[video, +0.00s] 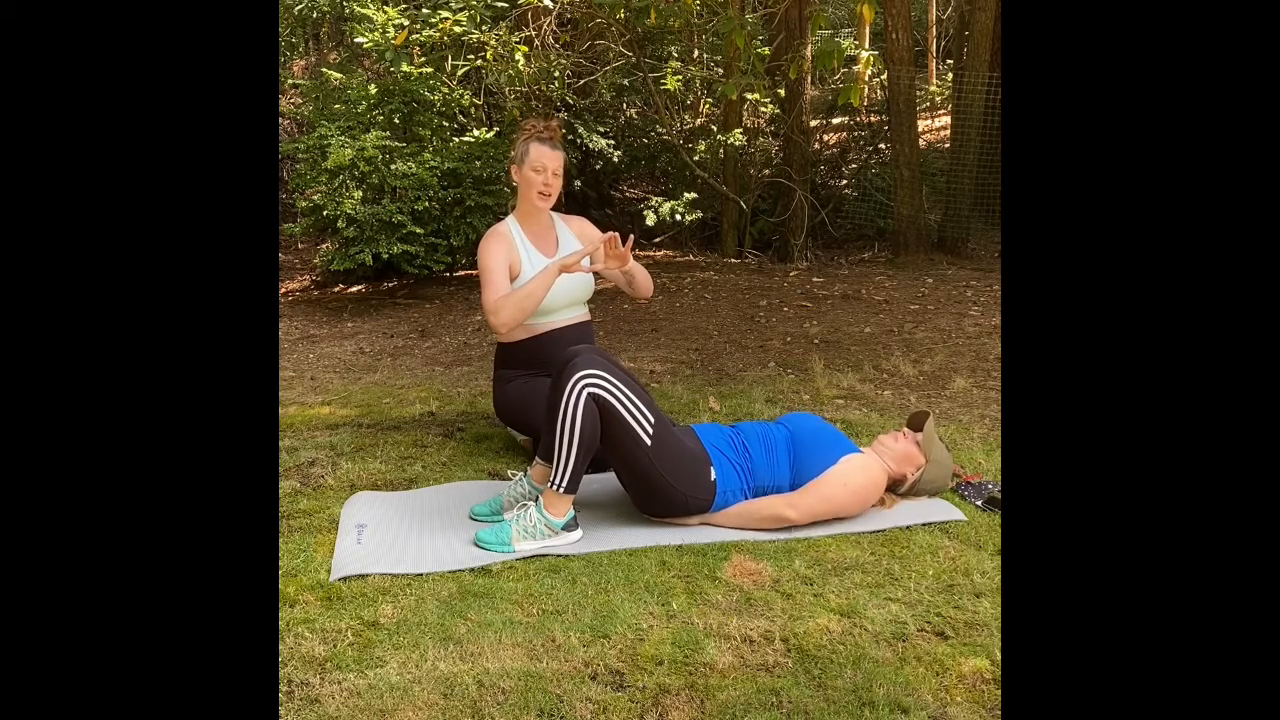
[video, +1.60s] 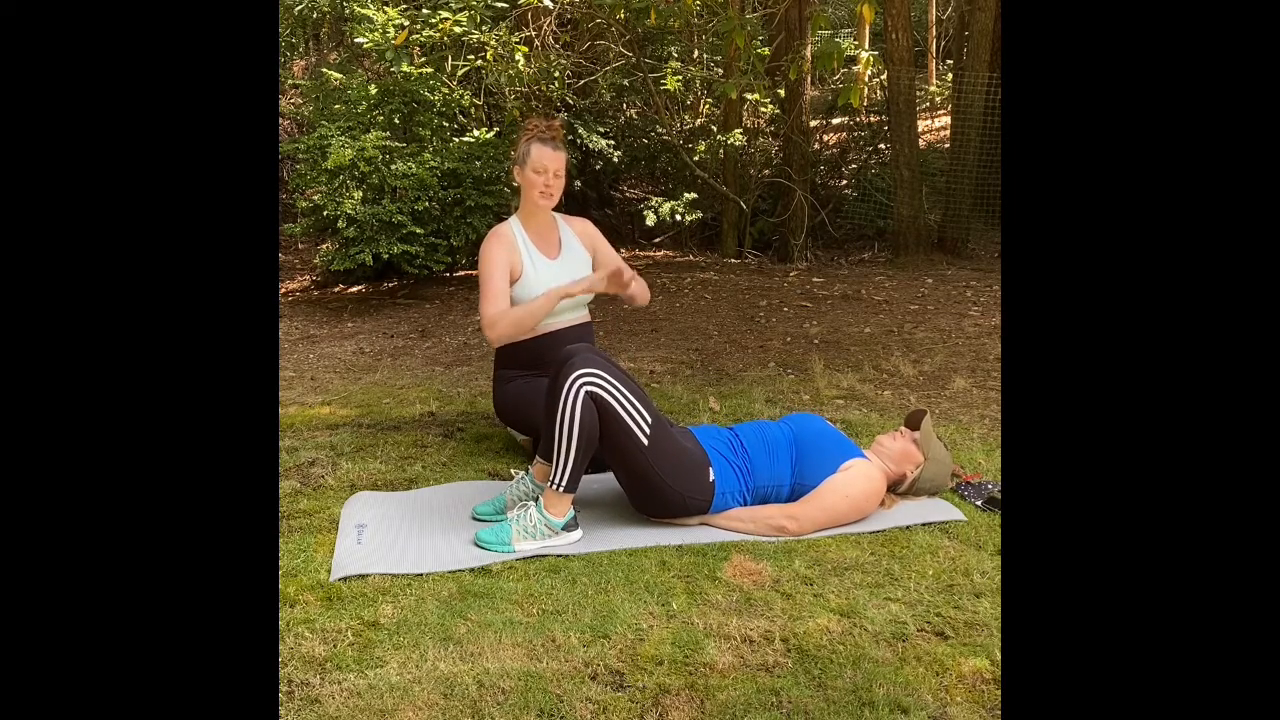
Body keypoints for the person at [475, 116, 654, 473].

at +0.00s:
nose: (549, 182)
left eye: (556, 173)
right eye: (538, 170)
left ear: (563, 180)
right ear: (515, 173)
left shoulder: (579, 229)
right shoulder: (498, 242)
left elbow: (644, 292)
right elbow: (501, 321)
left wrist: (627, 269)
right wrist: (554, 268)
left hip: (584, 364)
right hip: (523, 376)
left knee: (638, 439)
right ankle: (540, 454)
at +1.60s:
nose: (549, 183)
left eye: (558, 175)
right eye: (539, 172)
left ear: (565, 180)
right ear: (518, 174)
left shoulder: (581, 230)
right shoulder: (500, 242)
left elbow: (641, 297)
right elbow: (495, 330)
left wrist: (628, 286)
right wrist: (561, 292)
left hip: (585, 366)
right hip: (523, 379)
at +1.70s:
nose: (549, 181)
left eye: (558, 173)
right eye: (539, 171)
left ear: (565, 179)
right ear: (518, 174)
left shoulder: (583, 231)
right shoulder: (502, 242)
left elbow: (626, 289)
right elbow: (491, 336)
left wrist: (629, 302)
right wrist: (564, 320)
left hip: (581, 368)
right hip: (521, 381)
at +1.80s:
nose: (551, 181)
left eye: (559, 172)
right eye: (540, 170)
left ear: (566, 178)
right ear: (519, 175)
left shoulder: (584, 232)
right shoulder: (503, 243)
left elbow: (620, 299)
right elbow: (491, 342)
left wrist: (625, 337)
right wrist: (569, 355)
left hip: (586, 367)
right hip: (523, 377)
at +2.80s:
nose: (563, 187)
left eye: (571, 177)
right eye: (553, 176)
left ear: (579, 181)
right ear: (531, 179)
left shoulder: (594, 234)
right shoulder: (511, 248)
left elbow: (617, 323)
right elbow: (526, 348)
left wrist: (616, 384)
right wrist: (590, 396)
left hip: (586, 367)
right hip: (526, 378)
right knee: (605, 441)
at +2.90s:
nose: (563, 186)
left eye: (571, 177)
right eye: (552, 176)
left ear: (579, 180)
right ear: (531, 179)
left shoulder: (595, 234)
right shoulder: (512, 247)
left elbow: (618, 324)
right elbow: (526, 349)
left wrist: (617, 384)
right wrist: (589, 396)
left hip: (589, 371)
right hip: (524, 380)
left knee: (584, 350)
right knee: (607, 444)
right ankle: (533, 465)